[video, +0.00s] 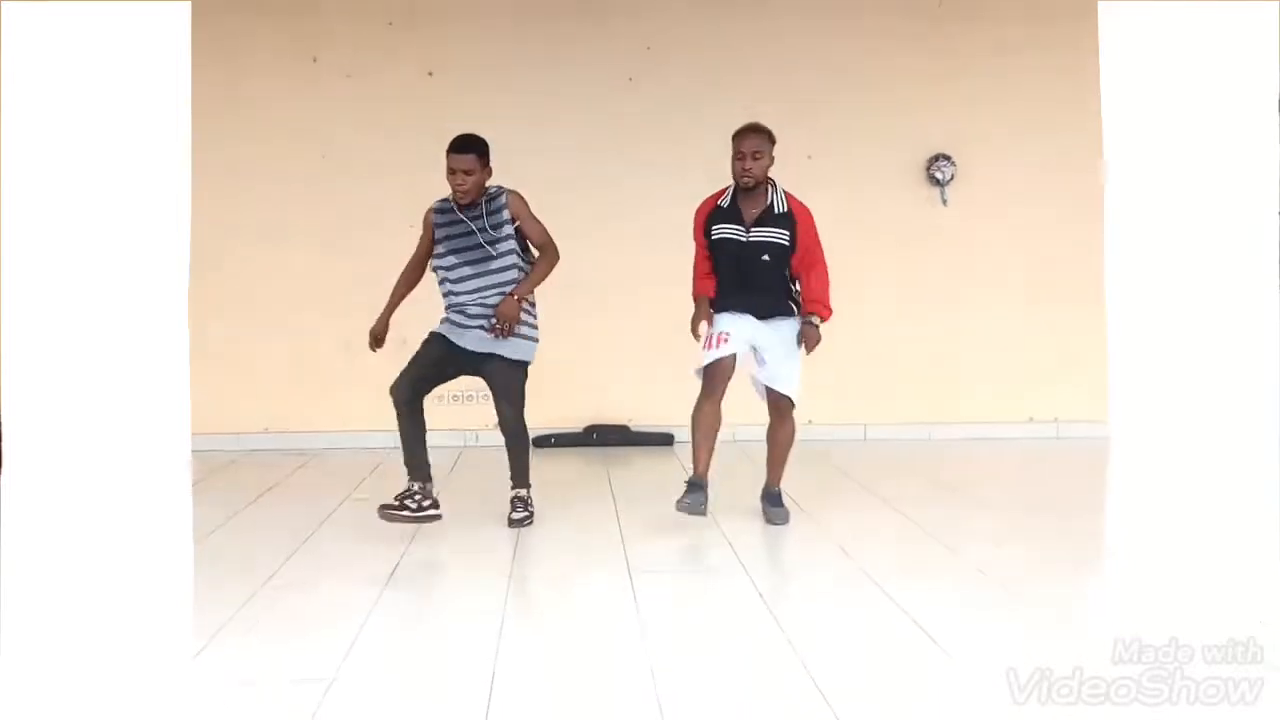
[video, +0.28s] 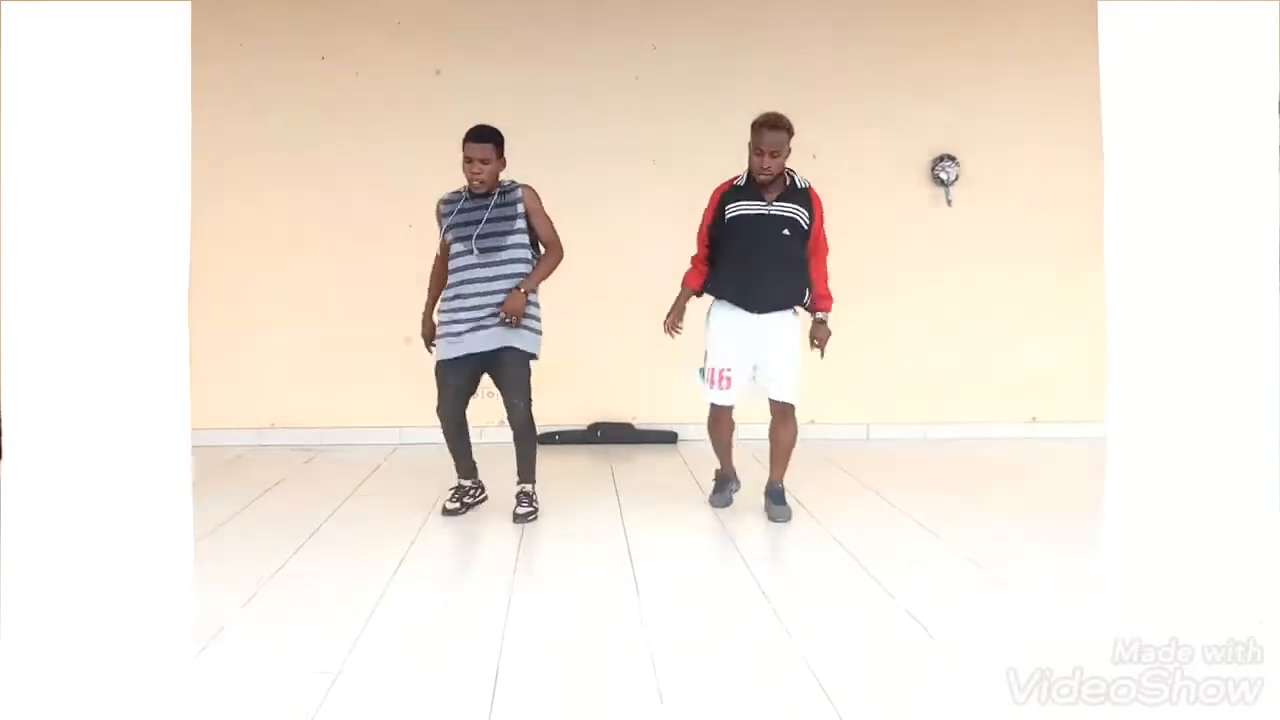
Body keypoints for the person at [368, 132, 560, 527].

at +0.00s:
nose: (458, 181)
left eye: (467, 173)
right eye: (452, 173)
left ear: (486, 171)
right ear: (446, 171)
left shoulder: (508, 203)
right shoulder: (436, 216)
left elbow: (550, 253)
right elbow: (415, 267)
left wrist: (516, 297)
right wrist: (385, 316)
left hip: (508, 333)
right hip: (457, 329)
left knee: (510, 417)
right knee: (404, 392)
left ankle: (520, 493)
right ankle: (421, 492)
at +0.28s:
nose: (475, 168)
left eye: (484, 161)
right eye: (469, 160)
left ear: (501, 163)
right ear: (461, 160)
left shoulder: (522, 197)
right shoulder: (449, 206)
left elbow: (554, 250)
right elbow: (443, 260)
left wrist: (523, 290)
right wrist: (429, 310)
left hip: (509, 326)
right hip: (459, 329)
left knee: (518, 409)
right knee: (448, 411)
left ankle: (526, 487)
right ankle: (469, 483)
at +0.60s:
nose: (455, 180)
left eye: (464, 173)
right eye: (447, 171)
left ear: (477, 173)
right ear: (436, 170)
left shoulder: (496, 209)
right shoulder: (424, 212)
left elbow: (536, 262)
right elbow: (418, 263)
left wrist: (525, 314)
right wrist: (398, 317)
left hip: (515, 322)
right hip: (472, 327)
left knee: (517, 403)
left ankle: (520, 485)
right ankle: (477, 486)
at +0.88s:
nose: (520, 173)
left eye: (532, 172)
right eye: (518, 169)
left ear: (546, 194)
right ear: (509, 183)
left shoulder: (537, 243)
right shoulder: (487, 216)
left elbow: (536, 309)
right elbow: (448, 250)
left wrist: (526, 372)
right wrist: (395, 259)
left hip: (457, 333)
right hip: (418, 317)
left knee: (466, 408)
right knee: (412, 403)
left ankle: (506, 486)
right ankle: (453, 482)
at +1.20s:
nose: (481, 164)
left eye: (489, 163)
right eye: (475, 165)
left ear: (505, 182)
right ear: (469, 188)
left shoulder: (524, 212)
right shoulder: (463, 227)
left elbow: (537, 258)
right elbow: (431, 281)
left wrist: (536, 291)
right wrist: (372, 297)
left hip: (499, 311)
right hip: (449, 317)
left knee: (514, 392)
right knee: (443, 398)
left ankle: (530, 470)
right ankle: (467, 474)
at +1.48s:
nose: (431, 139)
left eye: (437, 135)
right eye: (424, 142)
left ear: (457, 145)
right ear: (427, 167)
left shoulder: (490, 157)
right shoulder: (448, 212)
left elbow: (542, 176)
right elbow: (438, 279)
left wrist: (559, 191)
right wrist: (407, 307)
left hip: (552, 275)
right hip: (507, 292)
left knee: (555, 368)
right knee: (494, 374)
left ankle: (544, 451)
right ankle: (486, 453)